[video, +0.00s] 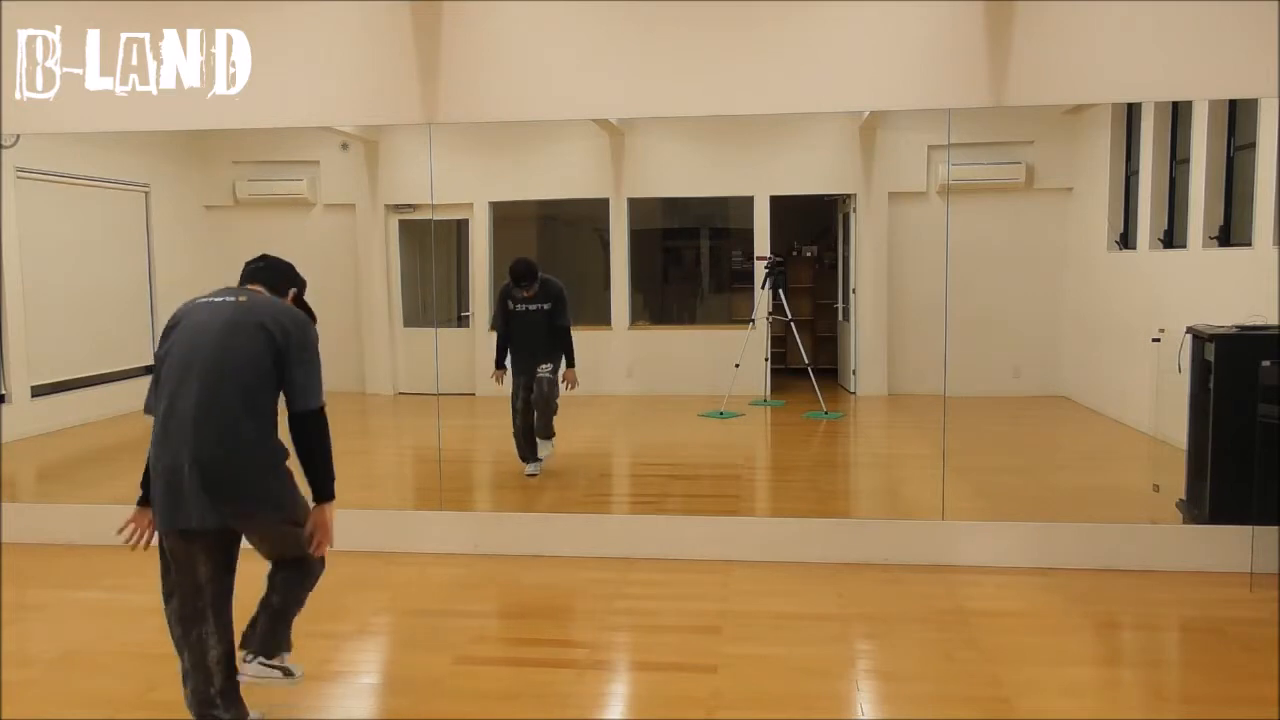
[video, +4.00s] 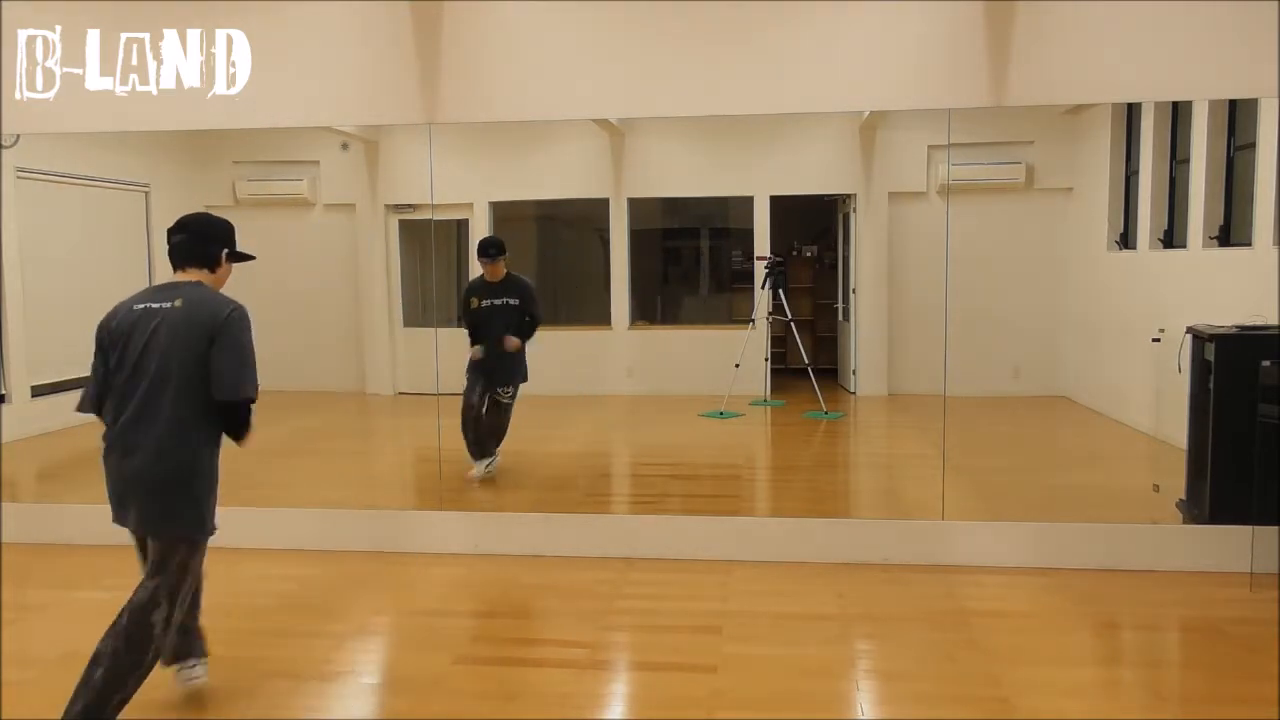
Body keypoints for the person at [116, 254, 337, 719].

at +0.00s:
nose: (295, 311)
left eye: (297, 308)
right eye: (298, 306)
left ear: (243, 285)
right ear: (290, 297)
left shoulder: (185, 314)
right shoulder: (290, 321)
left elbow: (165, 416)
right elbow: (306, 416)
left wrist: (148, 498)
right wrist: (323, 500)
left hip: (178, 479)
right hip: (248, 471)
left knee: (199, 614)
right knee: (299, 554)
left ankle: (217, 711)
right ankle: (264, 649)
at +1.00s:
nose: (335, 318)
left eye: (337, 312)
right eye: (338, 311)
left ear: (289, 293)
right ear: (330, 300)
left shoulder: (239, 323)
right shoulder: (329, 331)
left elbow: (210, 414)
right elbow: (347, 416)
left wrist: (208, 495)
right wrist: (352, 497)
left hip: (228, 466)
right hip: (291, 468)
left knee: (256, 552)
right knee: (307, 587)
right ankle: (297, 692)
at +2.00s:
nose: (340, 294)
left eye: (340, 289)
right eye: (340, 287)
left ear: (288, 269)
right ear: (329, 279)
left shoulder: (237, 292)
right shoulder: (336, 305)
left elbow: (220, 372)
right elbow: (357, 385)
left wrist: (243, 423)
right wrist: (377, 444)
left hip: (225, 452)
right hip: (289, 456)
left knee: (233, 570)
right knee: (298, 573)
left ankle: (242, 677)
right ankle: (283, 688)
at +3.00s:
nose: (375, 266)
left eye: (374, 260)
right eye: (375, 259)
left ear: (321, 252)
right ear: (366, 255)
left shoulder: (278, 290)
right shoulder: (372, 289)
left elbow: (274, 355)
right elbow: (387, 366)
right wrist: (329, 367)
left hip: (275, 472)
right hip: (341, 468)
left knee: (298, 594)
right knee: (368, 564)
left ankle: (319, 710)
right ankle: (340, 665)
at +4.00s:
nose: (231, 272)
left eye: (232, 264)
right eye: (231, 263)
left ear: (174, 258)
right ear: (219, 262)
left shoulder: (123, 311)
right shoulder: (223, 314)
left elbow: (99, 399)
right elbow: (232, 404)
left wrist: (147, 413)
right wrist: (239, 428)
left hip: (124, 474)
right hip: (182, 479)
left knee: (170, 561)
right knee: (157, 599)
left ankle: (189, 656)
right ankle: (86, 714)